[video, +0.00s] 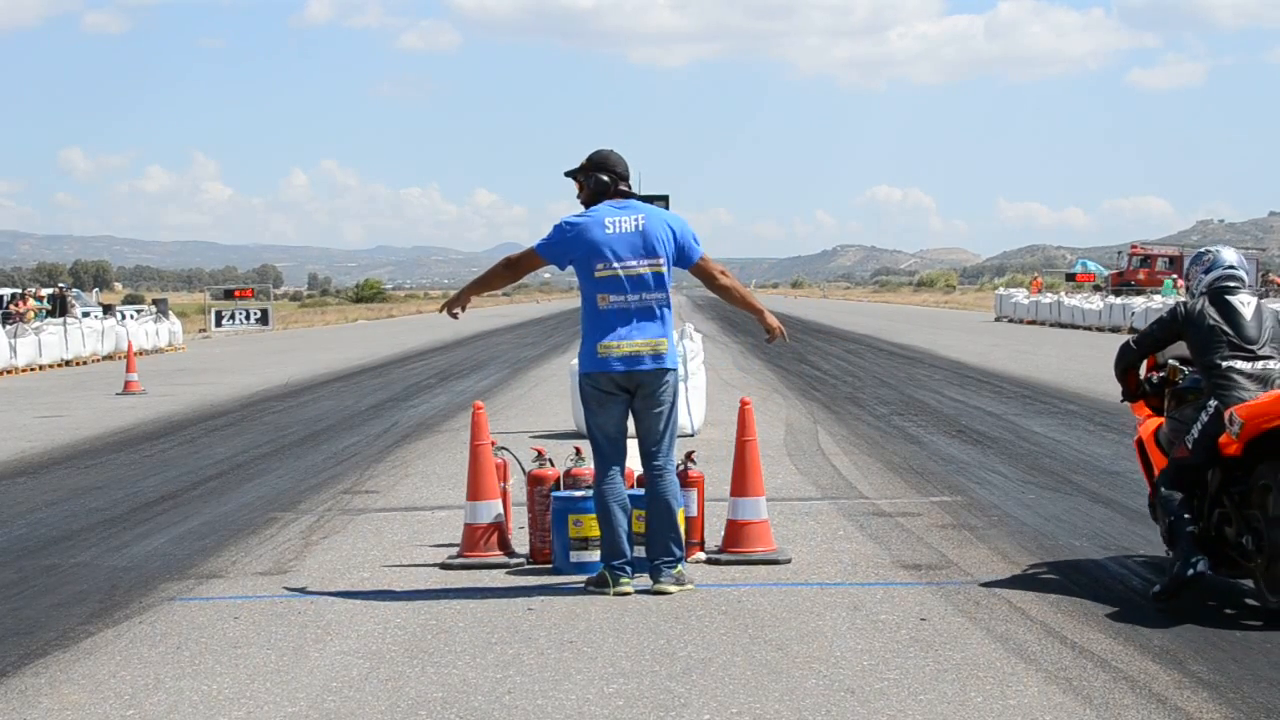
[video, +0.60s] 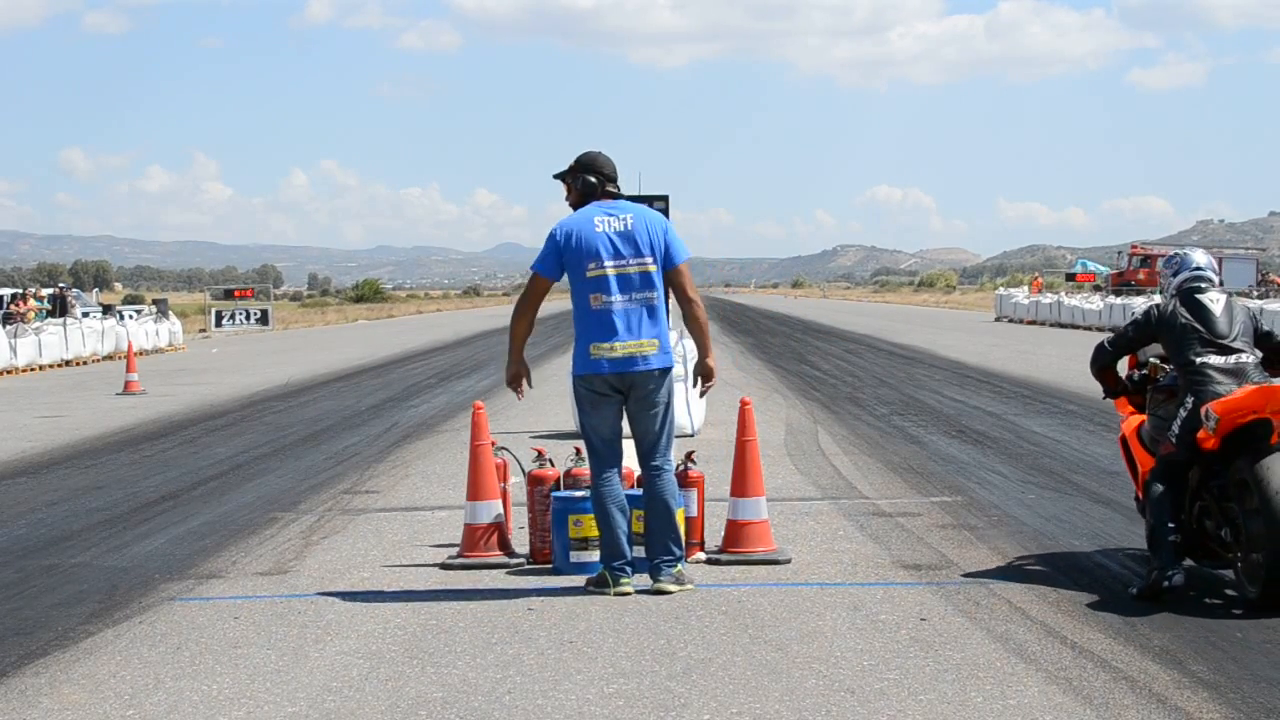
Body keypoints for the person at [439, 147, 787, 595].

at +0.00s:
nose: (576, 191)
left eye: (579, 184)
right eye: (576, 184)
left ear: (596, 184)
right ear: (624, 185)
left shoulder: (577, 228)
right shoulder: (665, 222)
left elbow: (516, 266)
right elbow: (716, 277)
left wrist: (465, 292)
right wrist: (763, 313)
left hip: (601, 362)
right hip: (658, 360)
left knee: (609, 467)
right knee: (661, 462)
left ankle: (617, 571)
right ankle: (667, 569)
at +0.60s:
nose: (566, 198)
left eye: (568, 190)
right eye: (566, 190)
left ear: (585, 187)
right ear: (611, 186)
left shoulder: (568, 230)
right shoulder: (654, 222)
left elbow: (530, 299)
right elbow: (688, 295)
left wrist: (515, 357)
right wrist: (706, 353)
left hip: (595, 366)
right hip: (652, 362)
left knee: (605, 469)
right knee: (659, 462)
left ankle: (616, 571)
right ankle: (667, 567)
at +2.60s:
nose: (528, 184)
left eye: (530, 176)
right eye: (527, 177)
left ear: (546, 177)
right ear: (580, 176)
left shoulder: (526, 227)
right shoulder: (626, 219)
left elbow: (502, 317)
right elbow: (651, 305)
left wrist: (486, 390)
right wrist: (654, 372)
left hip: (554, 375)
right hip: (618, 370)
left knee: (561, 485)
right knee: (630, 476)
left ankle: (569, 604)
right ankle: (646, 587)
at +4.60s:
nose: (583, 167)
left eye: (591, 157)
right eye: (584, 157)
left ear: (620, 160)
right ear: (639, 163)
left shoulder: (602, 217)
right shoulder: (692, 213)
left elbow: (579, 313)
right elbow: (714, 305)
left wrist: (548, 384)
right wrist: (707, 373)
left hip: (619, 384)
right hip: (685, 380)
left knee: (625, 505)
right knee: (688, 498)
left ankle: (638, 631)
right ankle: (704, 626)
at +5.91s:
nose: (618, 166)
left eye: (618, 160)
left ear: (619, 164)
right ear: (670, 162)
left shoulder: (603, 220)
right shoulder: (710, 217)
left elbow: (578, 312)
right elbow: (732, 312)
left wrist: (566, 385)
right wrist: (726, 380)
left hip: (626, 385)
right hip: (695, 383)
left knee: (631, 505)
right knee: (697, 503)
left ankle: (639, 630)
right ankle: (704, 629)